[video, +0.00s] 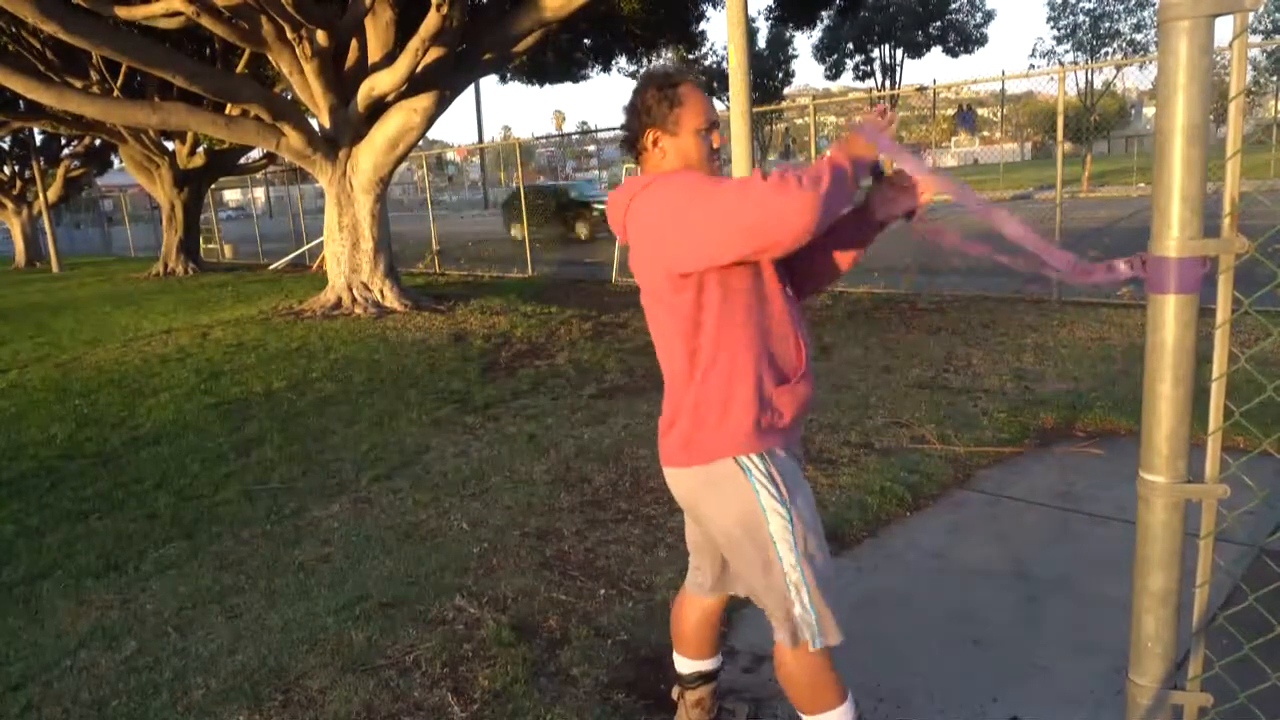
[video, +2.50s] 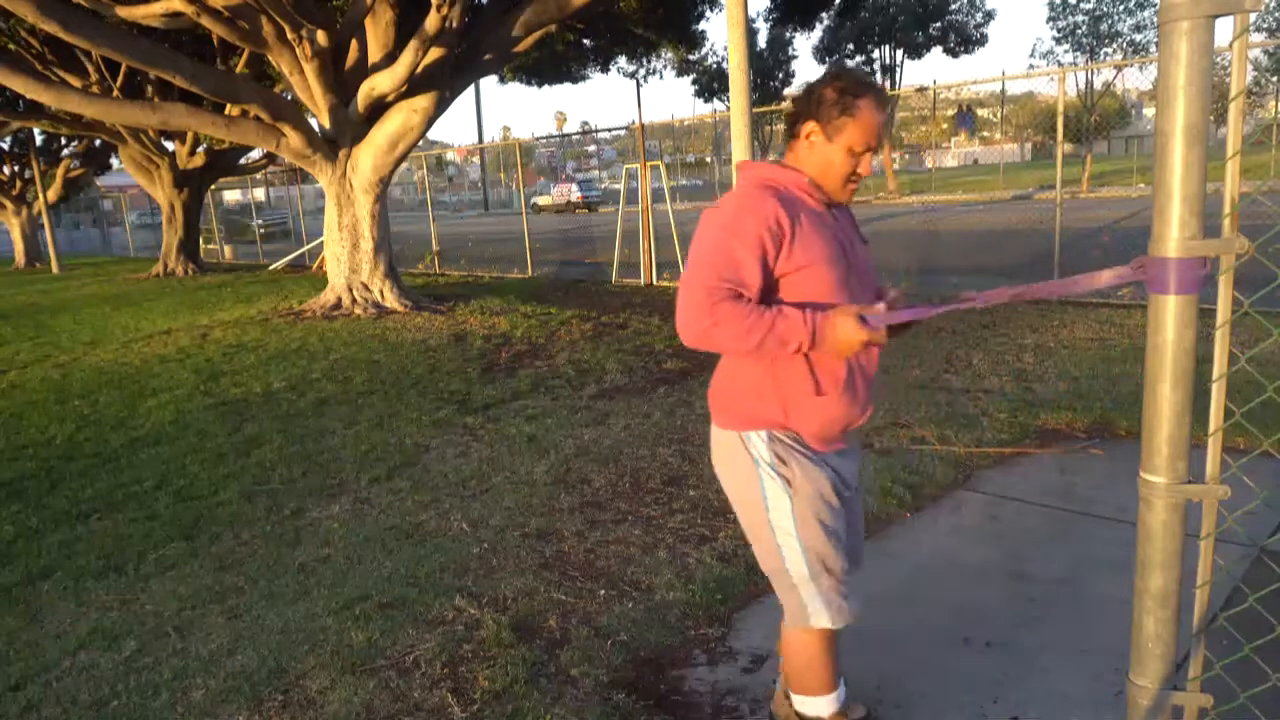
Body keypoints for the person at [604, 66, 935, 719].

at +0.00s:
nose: (718, 143)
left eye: (716, 130)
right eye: (706, 131)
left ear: (662, 140)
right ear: (659, 140)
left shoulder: (685, 204)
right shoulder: (664, 206)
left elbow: (792, 278)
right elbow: (789, 217)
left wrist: (870, 215)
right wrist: (845, 156)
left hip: (711, 438)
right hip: (733, 442)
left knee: (708, 581)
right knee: (799, 617)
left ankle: (694, 705)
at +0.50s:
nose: (905, 150)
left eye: (907, 133)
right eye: (897, 132)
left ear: (856, 129)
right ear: (847, 123)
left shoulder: (862, 207)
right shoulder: (800, 202)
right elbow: (720, 209)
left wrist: (829, 79)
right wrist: (786, 80)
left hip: (865, 457)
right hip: (825, 468)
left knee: (836, 592)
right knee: (863, 656)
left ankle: (754, 693)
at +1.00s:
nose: (990, 108)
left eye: (987, 94)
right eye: (979, 95)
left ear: (936, 106)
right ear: (930, 107)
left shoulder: (958, 192)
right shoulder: (908, 191)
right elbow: (828, 327)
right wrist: (835, 199)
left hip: (968, 460)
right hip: (917, 471)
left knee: (1010, 603)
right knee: (911, 654)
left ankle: (1009, 710)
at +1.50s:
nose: (1112, 106)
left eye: (1111, 91)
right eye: (1100, 90)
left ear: (1048, 91)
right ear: (1041, 91)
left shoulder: (1062, 181)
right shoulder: (995, 179)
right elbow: (976, 337)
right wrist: (1086, 447)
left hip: (1077, 451)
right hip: (1002, 459)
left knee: (1081, 625)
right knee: (994, 655)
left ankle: (1057, 717)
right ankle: (917, 715)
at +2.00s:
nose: (980, 157)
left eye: (986, 142)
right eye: (971, 140)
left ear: (927, 122)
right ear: (915, 123)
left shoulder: (940, 208)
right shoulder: (853, 205)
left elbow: (937, 312)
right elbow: (761, 318)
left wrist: (1005, 315)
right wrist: (878, 365)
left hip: (940, 453)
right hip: (859, 457)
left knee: (975, 605)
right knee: (849, 627)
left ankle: (998, 709)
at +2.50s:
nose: (866, 168)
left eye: (871, 154)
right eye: (859, 151)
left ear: (827, 139)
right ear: (810, 136)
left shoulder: (833, 211)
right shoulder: (750, 209)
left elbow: (838, 302)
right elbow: (699, 317)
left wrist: (879, 312)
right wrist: (818, 330)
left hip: (824, 431)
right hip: (767, 437)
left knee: (823, 578)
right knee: (813, 595)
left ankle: (796, 696)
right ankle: (821, 715)